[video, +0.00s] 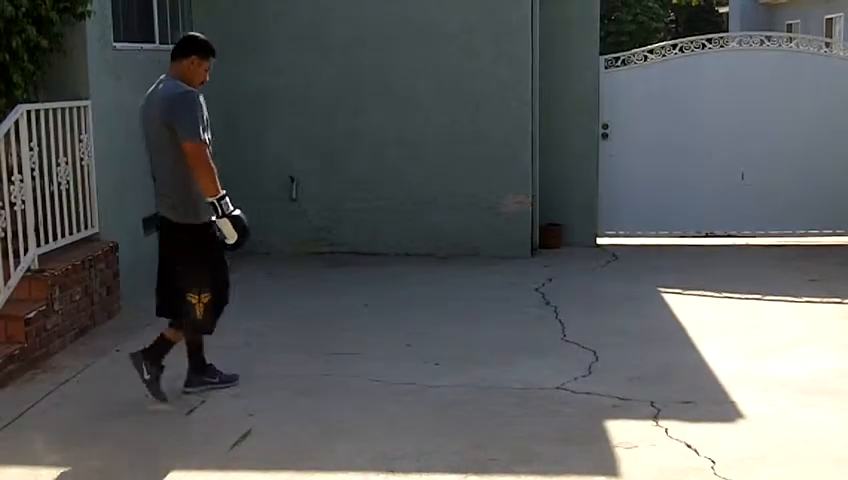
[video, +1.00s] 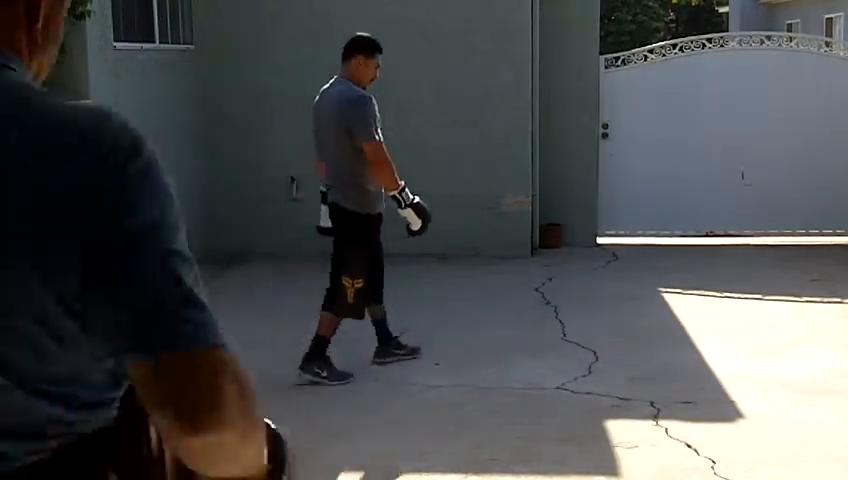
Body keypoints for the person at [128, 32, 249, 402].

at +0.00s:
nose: (208, 75)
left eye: (208, 68)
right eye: (206, 67)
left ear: (178, 62)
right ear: (190, 62)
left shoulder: (158, 95)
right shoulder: (186, 99)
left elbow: (165, 160)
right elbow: (198, 158)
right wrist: (224, 209)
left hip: (173, 215)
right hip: (192, 218)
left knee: (190, 290)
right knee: (211, 292)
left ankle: (198, 368)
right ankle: (152, 357)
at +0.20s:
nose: (241, 76)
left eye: (242, 69)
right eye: (240, 68)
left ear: (217, 61)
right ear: (223, 61)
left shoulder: (192, 92)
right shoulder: (218, 97)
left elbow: (200, 154)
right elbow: (224, 154)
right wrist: (249, 210)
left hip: (199, 214)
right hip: (228, 215)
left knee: (201, 291)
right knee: (260, 290)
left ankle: (199, 369)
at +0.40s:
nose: (280, 80)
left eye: (282, 72)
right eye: (278, 71)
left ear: (255, 66)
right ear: (263, 65)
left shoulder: (233, 95)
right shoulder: (257, 103)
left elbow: (252, 154)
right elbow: (263, 158)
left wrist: (282, 184)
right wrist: (280, 215)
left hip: (236, 216)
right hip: (261, 219)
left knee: (225, 291)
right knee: (286, 292)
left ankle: (203, 364)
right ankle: (309, 362)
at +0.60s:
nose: (319, 76)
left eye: (321, 69)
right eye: (319, 68)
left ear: (295, 60)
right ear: (303, 61)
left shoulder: (267, 91)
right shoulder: (298, 100)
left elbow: (274, 154)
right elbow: (310, 162)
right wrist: (327, 214)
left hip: (276, 209)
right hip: (300, 212)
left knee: (283, 280)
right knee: (308, 286)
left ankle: (254, 332)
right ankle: (309, 362)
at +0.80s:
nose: (348, 74)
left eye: (350, 67)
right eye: (347, 66)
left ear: (325, 60)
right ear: (331, 60)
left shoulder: (297, 91)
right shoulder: (330, 98)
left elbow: (303, 154)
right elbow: (348, 157)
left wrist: (301, 201)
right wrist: (373, 200)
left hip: (314, 204)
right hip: (327, 208)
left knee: (340, 275)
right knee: (323, 281)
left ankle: (337, 344)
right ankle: (311, 362)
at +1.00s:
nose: (377, 73)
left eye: (378, 66)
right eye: (374, 65)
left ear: (351, 62)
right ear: (357, 62)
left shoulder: (327, 96)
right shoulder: (358, 100)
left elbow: (323, 157)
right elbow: (377, 158)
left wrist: (326, 196)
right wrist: (406, 199)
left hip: (345, 204)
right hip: (358, 208)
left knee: (372, 274)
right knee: (345, 282)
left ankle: (386, 341)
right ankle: (315, 358)